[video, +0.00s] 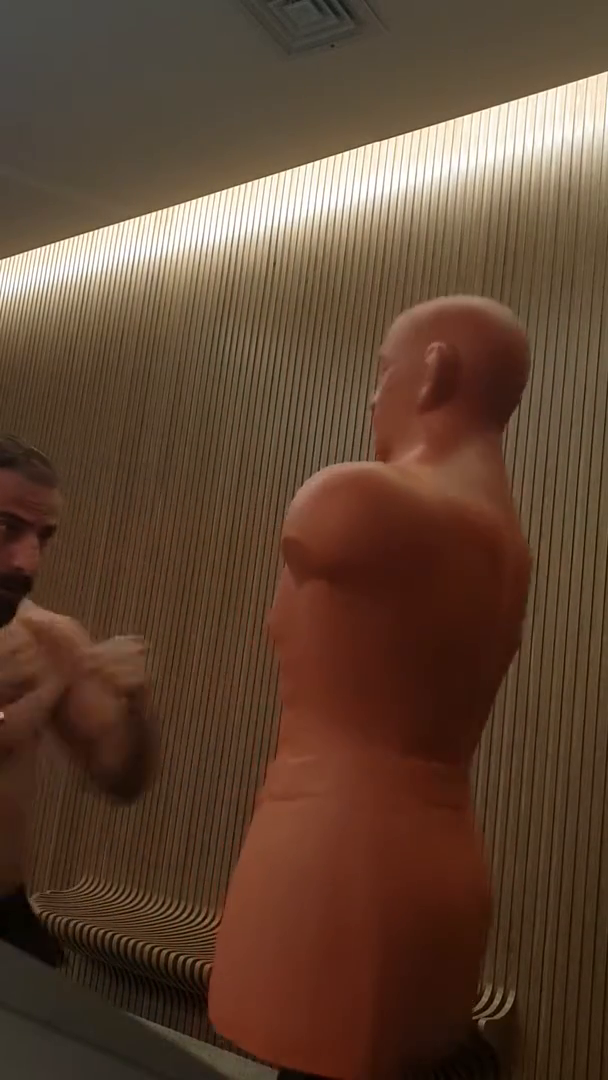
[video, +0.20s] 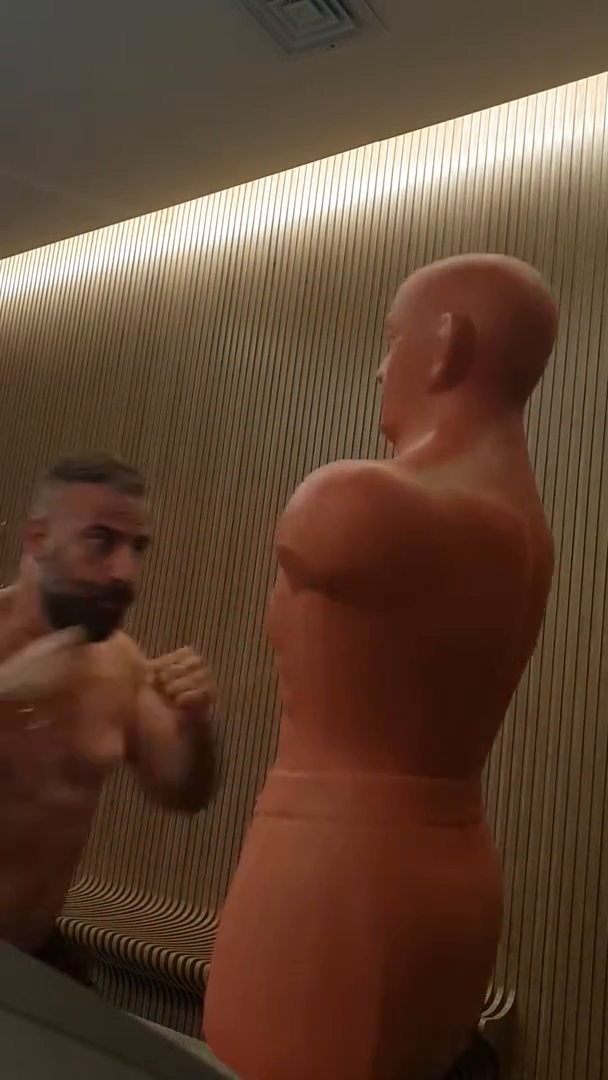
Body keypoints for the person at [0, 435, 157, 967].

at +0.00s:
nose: (28, 560)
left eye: (43, 537)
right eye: (11, 528)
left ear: (51, 539)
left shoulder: (48, 639)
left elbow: (122, 783)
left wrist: (134, 707)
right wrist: (30, 705)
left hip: (9, 913)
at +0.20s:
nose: (125, 572)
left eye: (138, 548)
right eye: (100, 542)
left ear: (148, 553)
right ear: (36, 539)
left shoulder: (120, 663)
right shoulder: (7, 644)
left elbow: (184, 795)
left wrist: (196, 723)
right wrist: (7, 687)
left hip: (34, 951)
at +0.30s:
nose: (156, 574)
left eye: (169, 551)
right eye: (132, 544)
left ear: (179, 558)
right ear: (67, 540)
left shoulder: (149, 652)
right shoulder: (13, 630)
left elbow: (221, 779)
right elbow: (56, 719)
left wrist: (227, 687)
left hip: (67, 955)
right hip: (5, 946)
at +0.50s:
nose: (239, 604)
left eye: (250, 582)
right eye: (219, 574)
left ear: (259, 588)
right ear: (158, 568)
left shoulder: (210, 699)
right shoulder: (47, 658)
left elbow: (263, 824)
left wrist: (314, 738)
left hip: (85, 984)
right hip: (6, 962)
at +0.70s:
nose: (260, 629)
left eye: (269, 610)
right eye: (241, 599)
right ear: (180, 589)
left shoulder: (163, 691)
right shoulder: (122, 661)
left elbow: (197, 831)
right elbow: (9, 773)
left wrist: (242, 727)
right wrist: (165, 834)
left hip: (50, 978)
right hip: (15, 970)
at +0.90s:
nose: (182, 607)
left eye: (190, 585)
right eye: (158, 575)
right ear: (88, 577)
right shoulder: (29, 658)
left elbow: (144, 860)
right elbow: (142, 787)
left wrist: (193, 727)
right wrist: (268, 693)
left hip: (28, 977)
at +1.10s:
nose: (98, 510)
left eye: (113, 491)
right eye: (73, 480)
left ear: (123, 504)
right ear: (7, 481)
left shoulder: (144, 597)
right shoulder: (7, 599)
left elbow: (264, 658)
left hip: (68, 927)